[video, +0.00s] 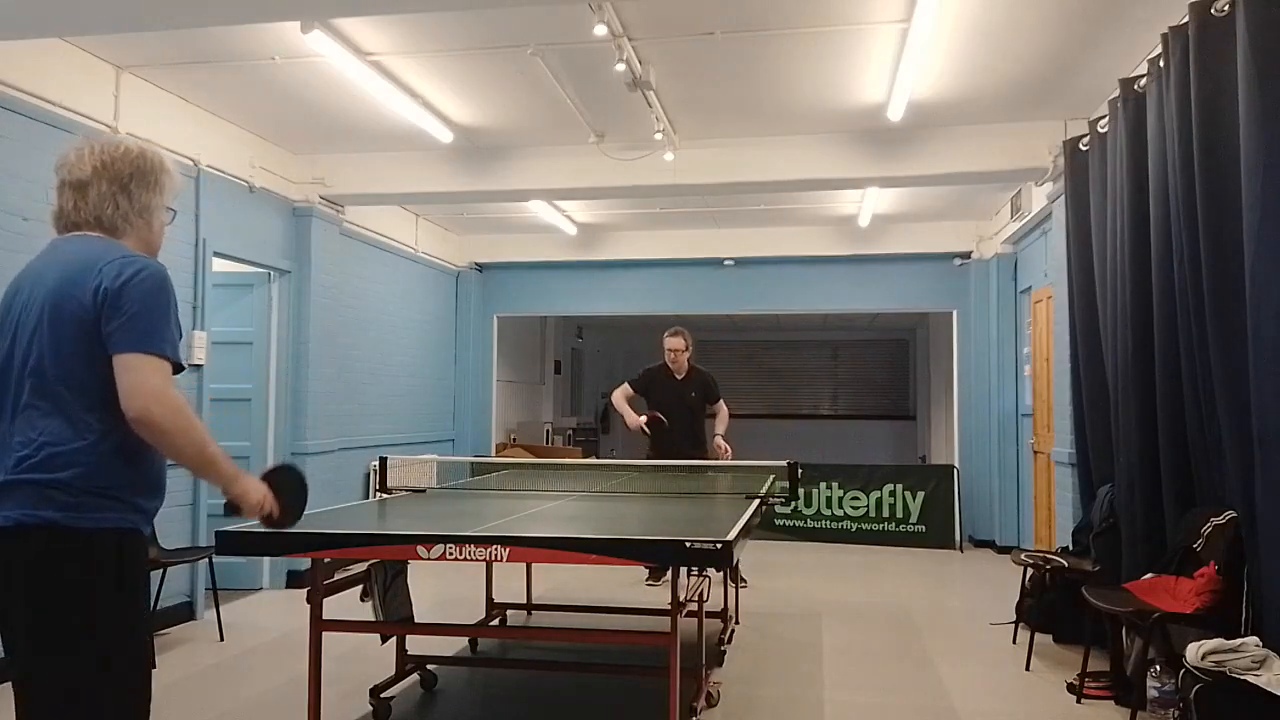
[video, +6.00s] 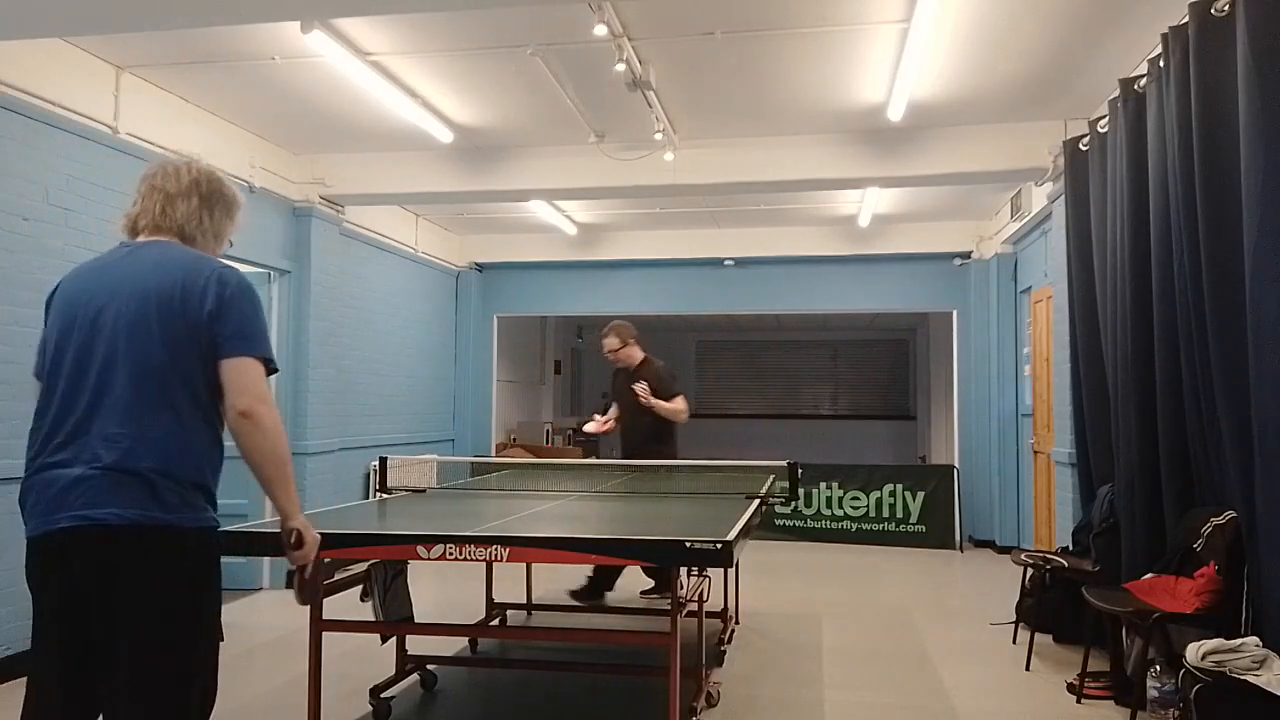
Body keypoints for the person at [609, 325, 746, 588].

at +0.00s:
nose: (672, 355)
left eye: (677, 350)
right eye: (668, 350)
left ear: (688, 350)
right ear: (663, 351)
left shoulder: (702, 378)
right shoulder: (652, 376)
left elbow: (721, 411)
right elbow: (617, 395)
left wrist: (718, 436)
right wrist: (630, 415)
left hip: (695, 459)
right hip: (659, 459)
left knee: (705, 510)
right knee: (656, 512)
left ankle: (729, 563)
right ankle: (657, 565)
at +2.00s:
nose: (698, 334)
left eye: (703, 331)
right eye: (694, 330)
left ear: (712, 336)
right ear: (687, 334)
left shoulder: (720, 371)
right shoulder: (670, 359)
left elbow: (733, 404)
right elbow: (641, 353)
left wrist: (729, 428)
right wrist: (638, 343)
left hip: (705, 450)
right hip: (672, 448)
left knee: (712, 506)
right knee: (668, 506)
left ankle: (727, 560)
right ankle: (668, 560)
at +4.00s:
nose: (724, 337)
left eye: (729, 333)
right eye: (720, 333)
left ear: (742, 335)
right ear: (716, 335)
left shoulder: (755, 370)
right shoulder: (705, 363)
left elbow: (772, 409)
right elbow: (677, 385)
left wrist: (759, 432)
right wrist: (656, 394)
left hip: (739, 455)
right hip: (703, 453)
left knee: (746, 515)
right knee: (686, 508)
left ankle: (749, 573)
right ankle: (678, 566)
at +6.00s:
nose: (609, 358)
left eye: (613, 351)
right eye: (607, 353)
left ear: (631, 344)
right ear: (622, 347)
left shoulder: (658, 372)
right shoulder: (621, 375)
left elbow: (683, 414)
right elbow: (618, 408)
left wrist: (653, 402)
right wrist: (607, 420)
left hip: (660, 467)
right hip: (630, 466)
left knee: (623, 525)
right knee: (648, 525)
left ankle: (597, 587)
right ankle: (665, 582)